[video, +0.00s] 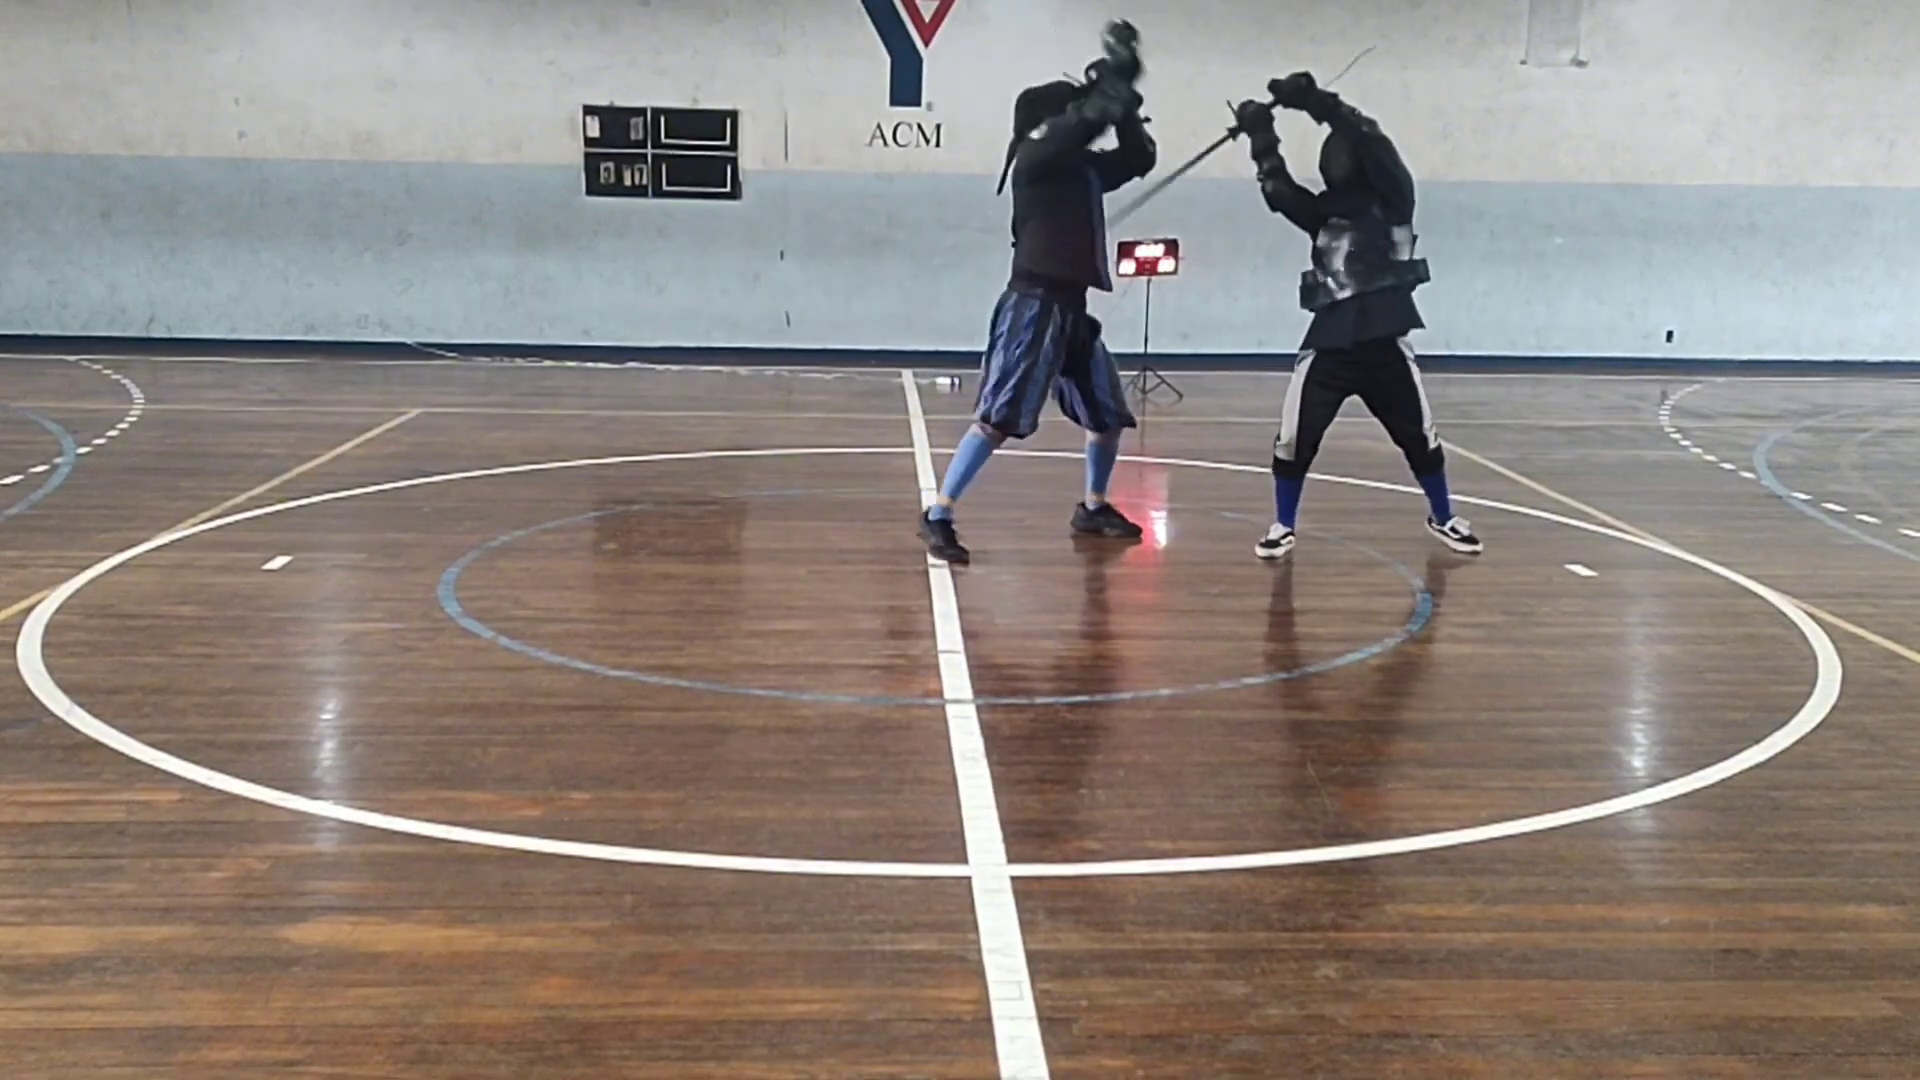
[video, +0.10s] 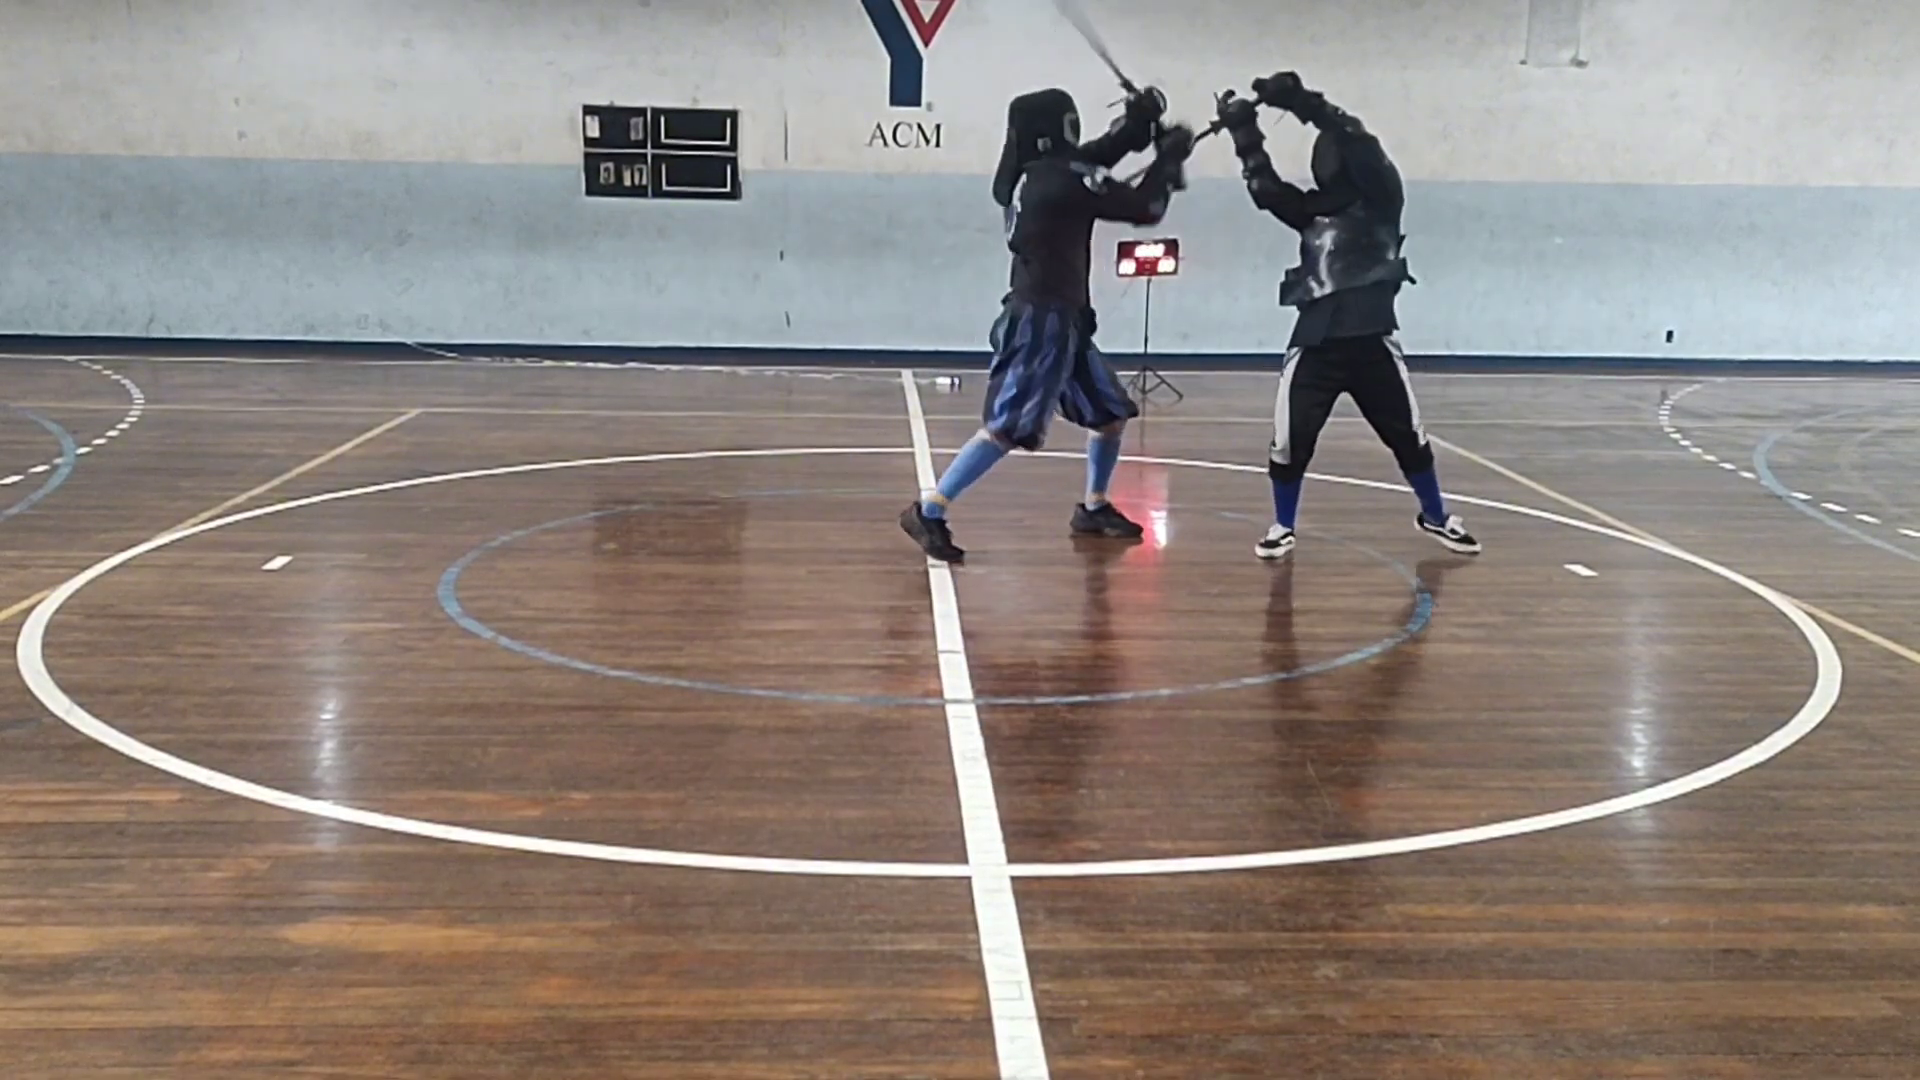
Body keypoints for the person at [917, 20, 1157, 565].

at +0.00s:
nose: (1087, 118)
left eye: (1086, 110)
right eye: (1078, 111)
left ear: (1061, 120)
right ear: (1051, 118)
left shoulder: (1086, 168)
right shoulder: (1035, 156)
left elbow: (1138, 158)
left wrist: (1125, 103)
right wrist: (1117, 78)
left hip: (1071, 313)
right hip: (1032, 307)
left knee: (1108, 417)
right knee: (999, 418)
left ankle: (1094, 509)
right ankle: (938, 512)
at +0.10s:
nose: (1078, 131)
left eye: (1073, 124)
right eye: (1071, 125)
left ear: (1032, 134)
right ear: (1055, 132)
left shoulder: (1044, 170)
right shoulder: (1064, 178)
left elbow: (1100, 153)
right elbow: (1143, 208)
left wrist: (1136, 121)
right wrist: (1169, 159)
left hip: (1057, 317)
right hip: (1042, 318)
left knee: (1109, 414)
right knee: (1010, 427)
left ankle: (1094, 509)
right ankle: (929, 511)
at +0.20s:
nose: (1079, 162)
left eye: (1076, 157)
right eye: (1075, 155)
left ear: (1024, 160)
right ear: (1062, 163)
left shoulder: (1008, 202)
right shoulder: (1071, 207)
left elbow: (1072, 182)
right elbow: (1120, 253)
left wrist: (1122, 160)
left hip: (1020, 337)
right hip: (1049, 344)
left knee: (1110, 414)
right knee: (1028, 456)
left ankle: (1096, 506)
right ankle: (928, 511)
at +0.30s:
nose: (1081, 191)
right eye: (1078, 186)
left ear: (1030, 185)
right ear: (1068, 190)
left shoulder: (1003, 223)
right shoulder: (1079, 237)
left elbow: (1041, 197)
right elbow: (1105, 282)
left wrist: (1089, 190)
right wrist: (1086, 223)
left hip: (1019, 361)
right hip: (1054, 368)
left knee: (1108, 414)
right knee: (1032, 482)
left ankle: (1101, 505)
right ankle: (929, 515)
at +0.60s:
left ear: (1016, 208)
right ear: (1059, 207)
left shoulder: (1008, 250)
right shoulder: (1076, 251)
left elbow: (994, 208)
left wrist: (1049, 171)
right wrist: (1069, 176)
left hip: (1034, 373)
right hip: (1065, 378)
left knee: (1119, 408)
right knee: (1038, 495)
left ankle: (1109, 502)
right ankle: (934, 513)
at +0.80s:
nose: (1074, 183)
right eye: (1068, 179)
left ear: (1026, 197)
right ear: (1062, 190)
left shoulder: (1015, 241)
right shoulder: (1084, 234)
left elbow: (1022, 177)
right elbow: (1122, 179)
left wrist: (1053, 130)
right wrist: (1093, 129)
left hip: (1041, 366)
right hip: (1073, 371)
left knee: (1122, 414)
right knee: (1037, 480)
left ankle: (1116, 509)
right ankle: (930, 513)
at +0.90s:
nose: (1075, 167)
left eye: (1071, 161)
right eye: (1069, 162)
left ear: (1032, 174)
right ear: (1059, 172)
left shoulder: (1034, 215)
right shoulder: (1070, 216)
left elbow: (1081, 176)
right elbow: (1129, 175)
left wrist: (1081, 123)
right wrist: (1109, 121)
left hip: (1065, 345)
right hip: (1073, 349)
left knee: (1133, 417)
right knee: (1042, 455)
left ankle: (1117, 509)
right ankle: (942, 509)